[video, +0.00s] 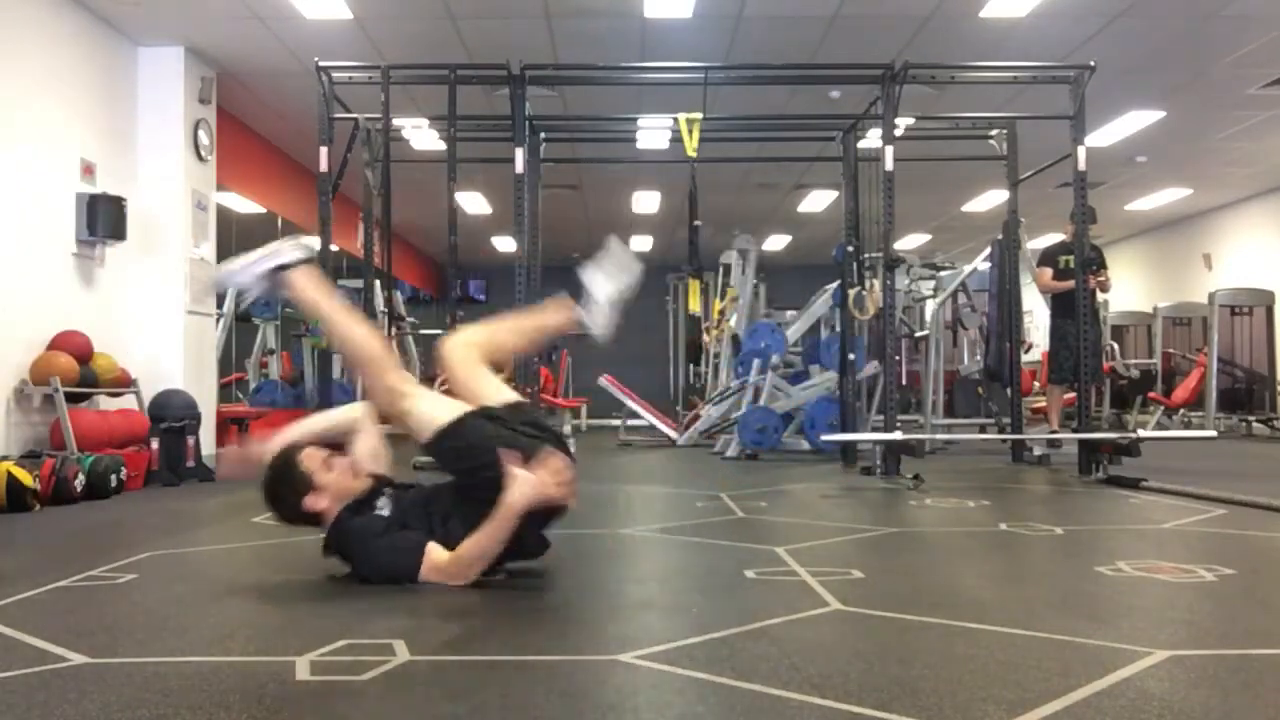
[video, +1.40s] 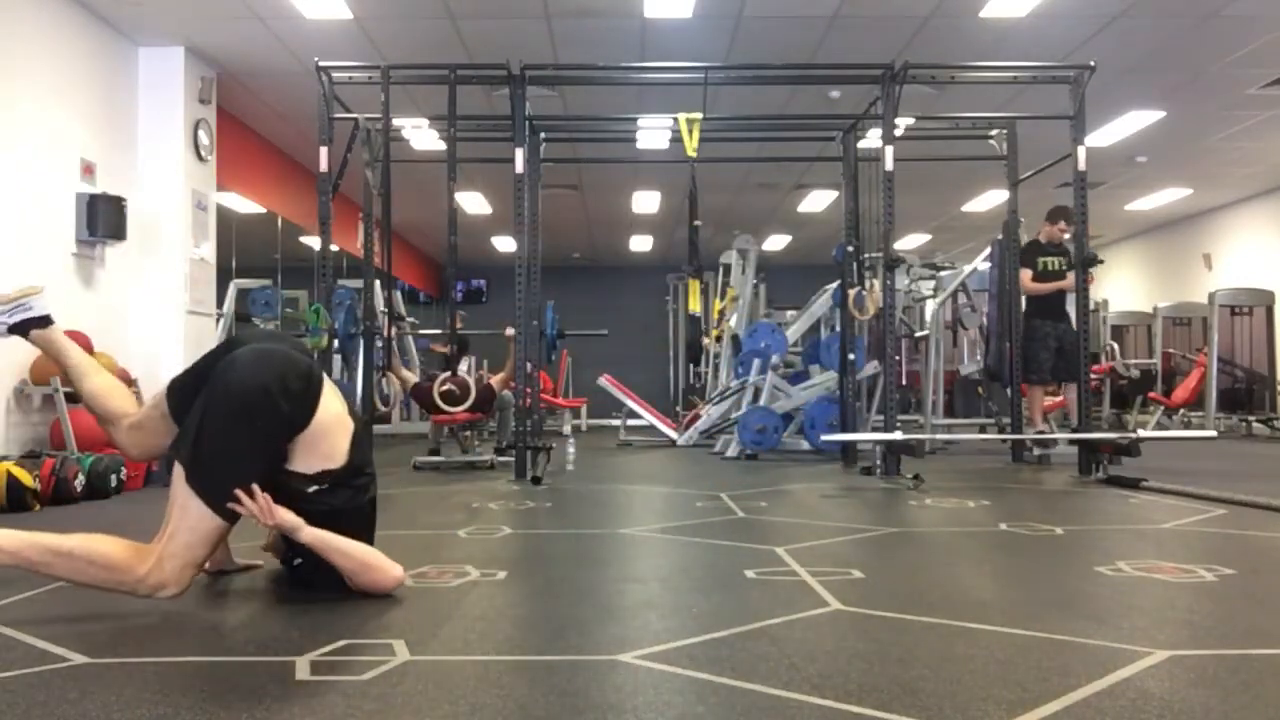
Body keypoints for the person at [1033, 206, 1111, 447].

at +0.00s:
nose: (1082, 230)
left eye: (1086, 225)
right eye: (1078, 224)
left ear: (1092, 227)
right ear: (1069, 224)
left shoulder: (1095, 252)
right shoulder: (1052, 252)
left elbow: (1105, 287)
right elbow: (1043, 285)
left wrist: (1101, 282)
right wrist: (1075, 284)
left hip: (1089, 320)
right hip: (1063, 321)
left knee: (1089, 375)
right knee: (1058, 377)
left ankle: (1087, 423)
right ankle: (1054, 427)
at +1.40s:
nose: (1065, 236)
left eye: (1067, 231)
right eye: (1062, 230)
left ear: (1063, 230)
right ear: (1049, 225)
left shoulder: (1064, 251)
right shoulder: (1029, 250)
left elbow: (1069, 280)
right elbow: (1025, 286)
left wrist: (1081, 280)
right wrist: (1063, 284)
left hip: (1061, 318)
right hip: (1038, 319)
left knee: (1072, 373)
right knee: (1038, 377)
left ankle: (1076, 422)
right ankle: (1038, 425)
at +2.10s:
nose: (1056, 236)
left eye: (1058, 232)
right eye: (1055, 231)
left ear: (1050, 228)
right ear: (1042, 225)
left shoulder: (1055, 250)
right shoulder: (1024, 250)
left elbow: (1062, 279)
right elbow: (1024, 287)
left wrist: (1076, 278)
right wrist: (1060, 283)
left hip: (1055, 317)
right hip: (1034, 318)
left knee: (1063, 375)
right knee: (1035, 376)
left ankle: (1061, 428)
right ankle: (1036, 427)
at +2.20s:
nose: (1057, 236)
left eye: (1059, 232)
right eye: (1055, 230)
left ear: (1051, 228)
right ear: (1043, 224)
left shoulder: (1056, 250)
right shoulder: (1025, 250)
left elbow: (1063, 278)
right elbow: (1025, 287)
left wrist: (1077, 277)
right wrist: (1061, 283)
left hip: (1056, 316)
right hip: (1034, 318)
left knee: (1068, 372)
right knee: (1035, 376)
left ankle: (1064, 427)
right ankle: (1036, 428)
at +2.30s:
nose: (1057, 236)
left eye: (1060, 232)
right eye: (1056, 230)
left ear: (1053, 228)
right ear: (1044, 224)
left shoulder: (1057, 251)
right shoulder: (1025, 250)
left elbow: (1064, 279)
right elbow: (1025, 287)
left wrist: (1077, 276)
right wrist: (1061, 283)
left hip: (1057, 316)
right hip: (1035, 318)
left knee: (1069, 373)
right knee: (1036, 376)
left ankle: (1070, 424)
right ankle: (1036, 427)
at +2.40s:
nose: (1060, 235)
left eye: (1062, 231)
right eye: (1058, 229)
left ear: (1058, 228)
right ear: (1045, 224)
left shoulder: (1060, 251)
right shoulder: (1026, 250)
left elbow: (1067, 280)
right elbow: (1026, 286)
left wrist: (1079, 276)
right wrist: (1063, 283)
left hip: (1060, 316)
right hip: (1037, 318)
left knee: (1072, 372)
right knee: (1037, 376)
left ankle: (1074, 421)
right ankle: (1036, 426)